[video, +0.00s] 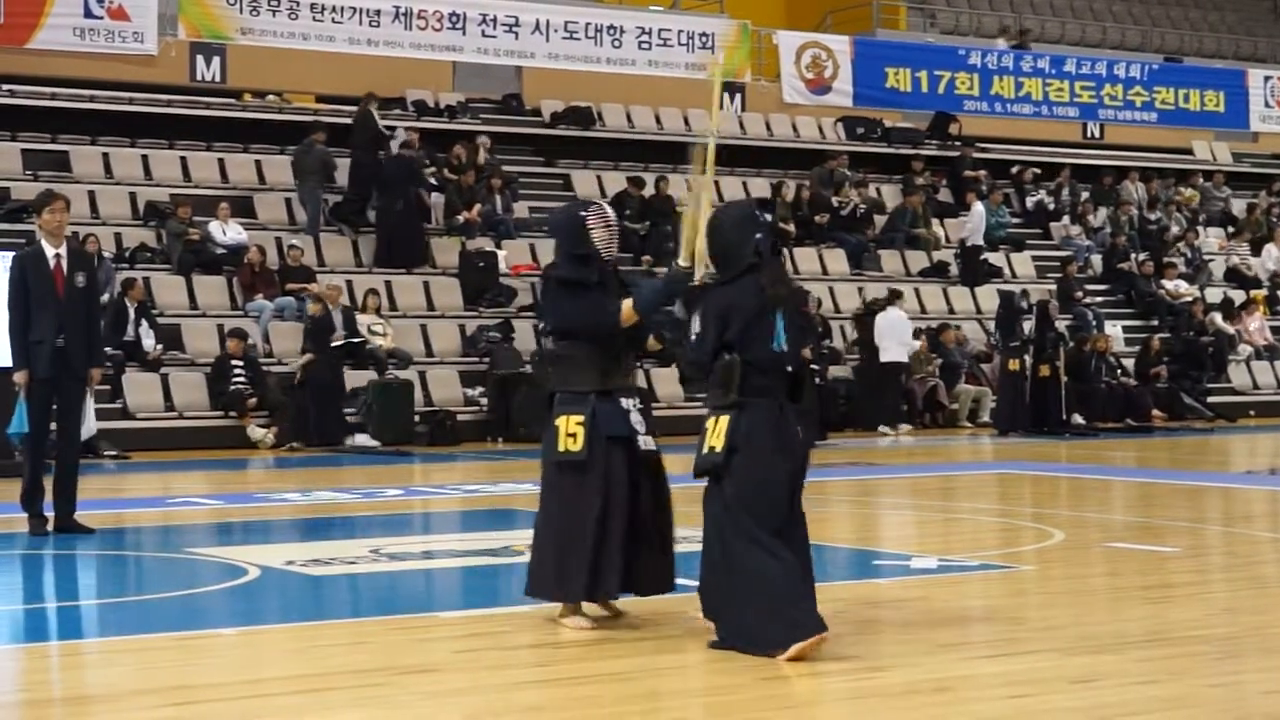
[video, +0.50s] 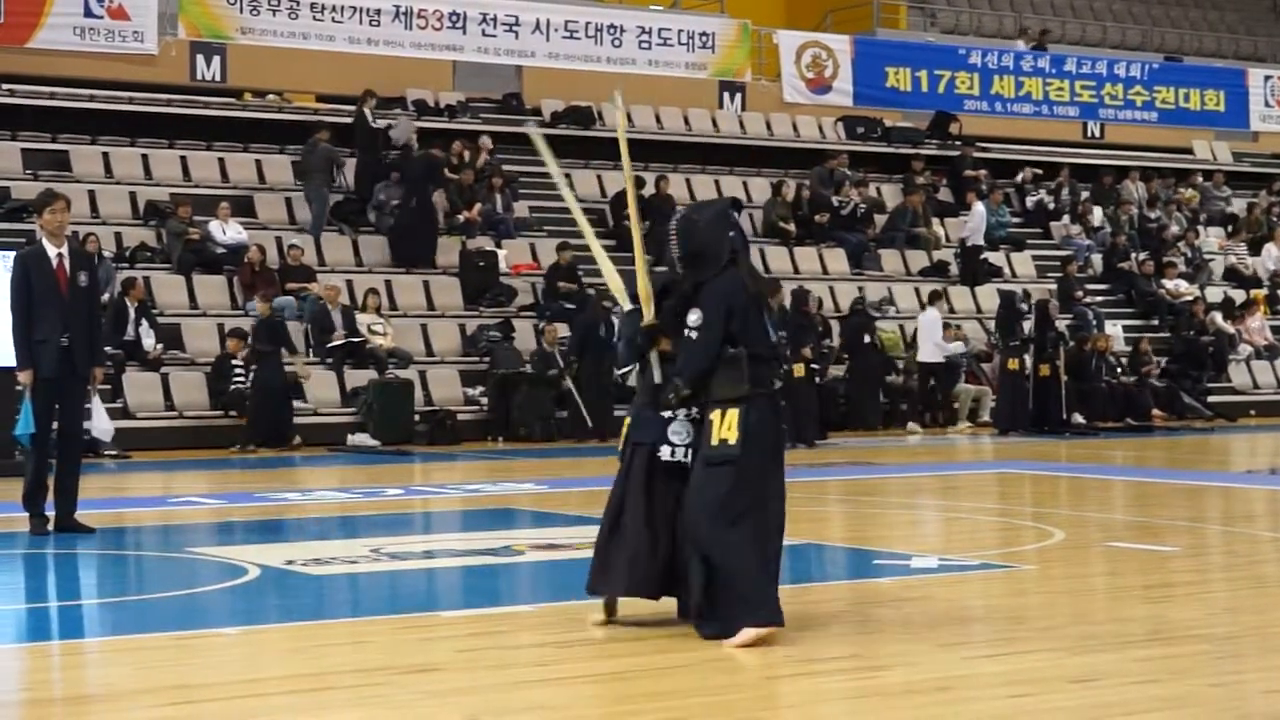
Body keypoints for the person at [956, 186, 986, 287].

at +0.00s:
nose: (966, 197)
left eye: (968, 194)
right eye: (967, 194)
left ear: (974, 195)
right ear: (973, 195)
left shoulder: (976, 209)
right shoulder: (978, 208)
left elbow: (971, 227)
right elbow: (972, 225)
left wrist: (959, 237)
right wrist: (960, 237)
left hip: (972, 245)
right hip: (976, 244)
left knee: (969, 274)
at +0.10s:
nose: (967, 197)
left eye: (969, 194)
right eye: (967, 194)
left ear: (974, 195)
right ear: (973, 196)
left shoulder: (976, 209)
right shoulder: (978, 208)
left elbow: (971, 227)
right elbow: (972, 225)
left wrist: (960, 237)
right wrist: (961, 236)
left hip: (972, 245)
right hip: (976, 244)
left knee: (969, 274)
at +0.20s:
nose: (966, 197)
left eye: (968, 194)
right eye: (967, 194)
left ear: (973, 195)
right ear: (973, 195)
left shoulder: (976, 209)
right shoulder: (978, 208)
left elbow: (972, 226)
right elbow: (973, 225)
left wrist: (961, 236)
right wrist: (961, 235)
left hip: (972, 244)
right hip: (976, 243)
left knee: (968, 272)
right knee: (971, 272)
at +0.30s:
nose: (967, 197)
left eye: (969, 194)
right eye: (967, 194)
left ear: (974, 194)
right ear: (973, 195)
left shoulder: (977, 209)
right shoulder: (979, 207)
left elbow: (972, 226)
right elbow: (974, 225)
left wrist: (961, 236)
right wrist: (962, 236)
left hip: (972, 244)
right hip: (976, 243)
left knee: (968, 272)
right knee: (972, 271)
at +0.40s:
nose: (967, 197)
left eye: (969, 194)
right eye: (967, 194)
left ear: (974, 195)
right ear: (974, 195)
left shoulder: (977, 209)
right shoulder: (979, 208)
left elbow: (972, 226)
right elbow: (974, 225)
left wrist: (961, 236)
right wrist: (962, 236)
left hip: (973, 244)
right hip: (977, 243)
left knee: (968, 271)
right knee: (973, 271)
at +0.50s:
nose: (967, 197)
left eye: (969, 194)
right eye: (967, 194)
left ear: (974, 195)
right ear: (973, 195)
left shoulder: (977, 209)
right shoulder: (979, 208)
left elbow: (972, 226)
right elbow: (974, 225)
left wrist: (962, 236)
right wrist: (963, 236)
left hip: (972, 244)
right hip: (977, 243)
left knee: (968, 271)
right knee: (973, 271)